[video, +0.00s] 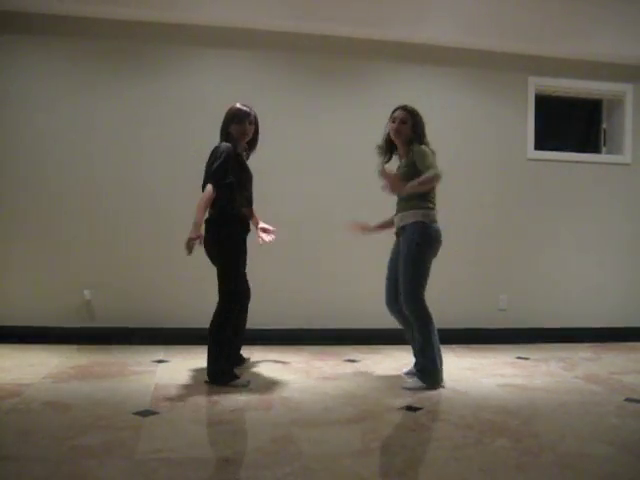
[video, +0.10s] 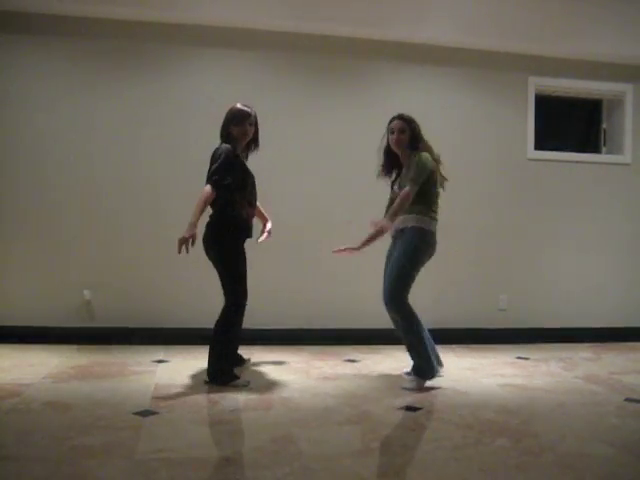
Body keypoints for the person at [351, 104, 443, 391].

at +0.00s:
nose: (396, 125)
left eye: (403, 123)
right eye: (393, 120)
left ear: (413, 130)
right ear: (388, 126)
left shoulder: (420, 151)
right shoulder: (399, 164)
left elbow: (434, 176)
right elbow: (404, 213)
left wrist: (404, 188)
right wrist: (374, 227)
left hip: (421, 230)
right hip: (405, 232)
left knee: (411, 299)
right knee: (395, 301)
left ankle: (430, 374)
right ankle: (424, 363)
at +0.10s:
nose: (396, 136)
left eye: (402, 132)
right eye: (392, 132)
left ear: (413, 136)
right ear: (387, 138)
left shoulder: (422, 159)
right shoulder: (399, 176)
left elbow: (408, 195)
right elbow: (388, 219)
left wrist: (388, 220)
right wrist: (361, 245)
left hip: (417, 234)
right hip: (403, 236)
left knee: (394, 298)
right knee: (393, 299)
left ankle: (425, 368)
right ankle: (428, 361)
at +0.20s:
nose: (393, 135)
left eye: (399, 131)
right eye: (390, 131)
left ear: (411, 135)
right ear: (385, 137)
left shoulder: (418, 160)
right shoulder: (399, 170)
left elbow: (420, 200)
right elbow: (394, 217)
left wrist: (399, 227)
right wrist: (361, 232)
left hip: (410, 239)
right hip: (401, 240)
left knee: (381, 297)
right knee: (396, 301)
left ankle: (417, 366)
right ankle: (430, 361)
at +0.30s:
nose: (392, 124)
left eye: (398, 119)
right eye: (388, 120)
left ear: (410, 123)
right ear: (384, 125)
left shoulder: (421, 150)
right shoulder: (388, 156)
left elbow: (440, 187)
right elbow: (390, 193)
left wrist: (426, 214)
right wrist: (371, 207)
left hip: (402, 228)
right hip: (387, 228)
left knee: (371, 296)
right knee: (393, 298)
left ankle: (404, 368)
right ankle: (424, 352)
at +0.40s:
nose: (389, 117)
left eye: (395, 113)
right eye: (386, 114)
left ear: (409, 119)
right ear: (383, 121)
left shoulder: (416, 146)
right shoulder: (388, 152)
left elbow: (450, 177)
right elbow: (417, 190)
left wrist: (442, 192)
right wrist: (372, 195)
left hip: (391, 229)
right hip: (378, 228)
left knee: (360, 301)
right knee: (385, 300)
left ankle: (384, 378)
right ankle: (410, 351)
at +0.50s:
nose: (381, 124)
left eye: (389, 120)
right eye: (379, 119)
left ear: (402, 128)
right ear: (376, 126)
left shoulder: (405, 152)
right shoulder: (379, 162)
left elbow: (442, 179)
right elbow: (382, 204)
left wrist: (443, 192)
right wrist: (357, 202)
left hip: (384, 246)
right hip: (372, 245)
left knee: (351, 315)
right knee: (376, 311)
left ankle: (388, 389)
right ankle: (401, 367)